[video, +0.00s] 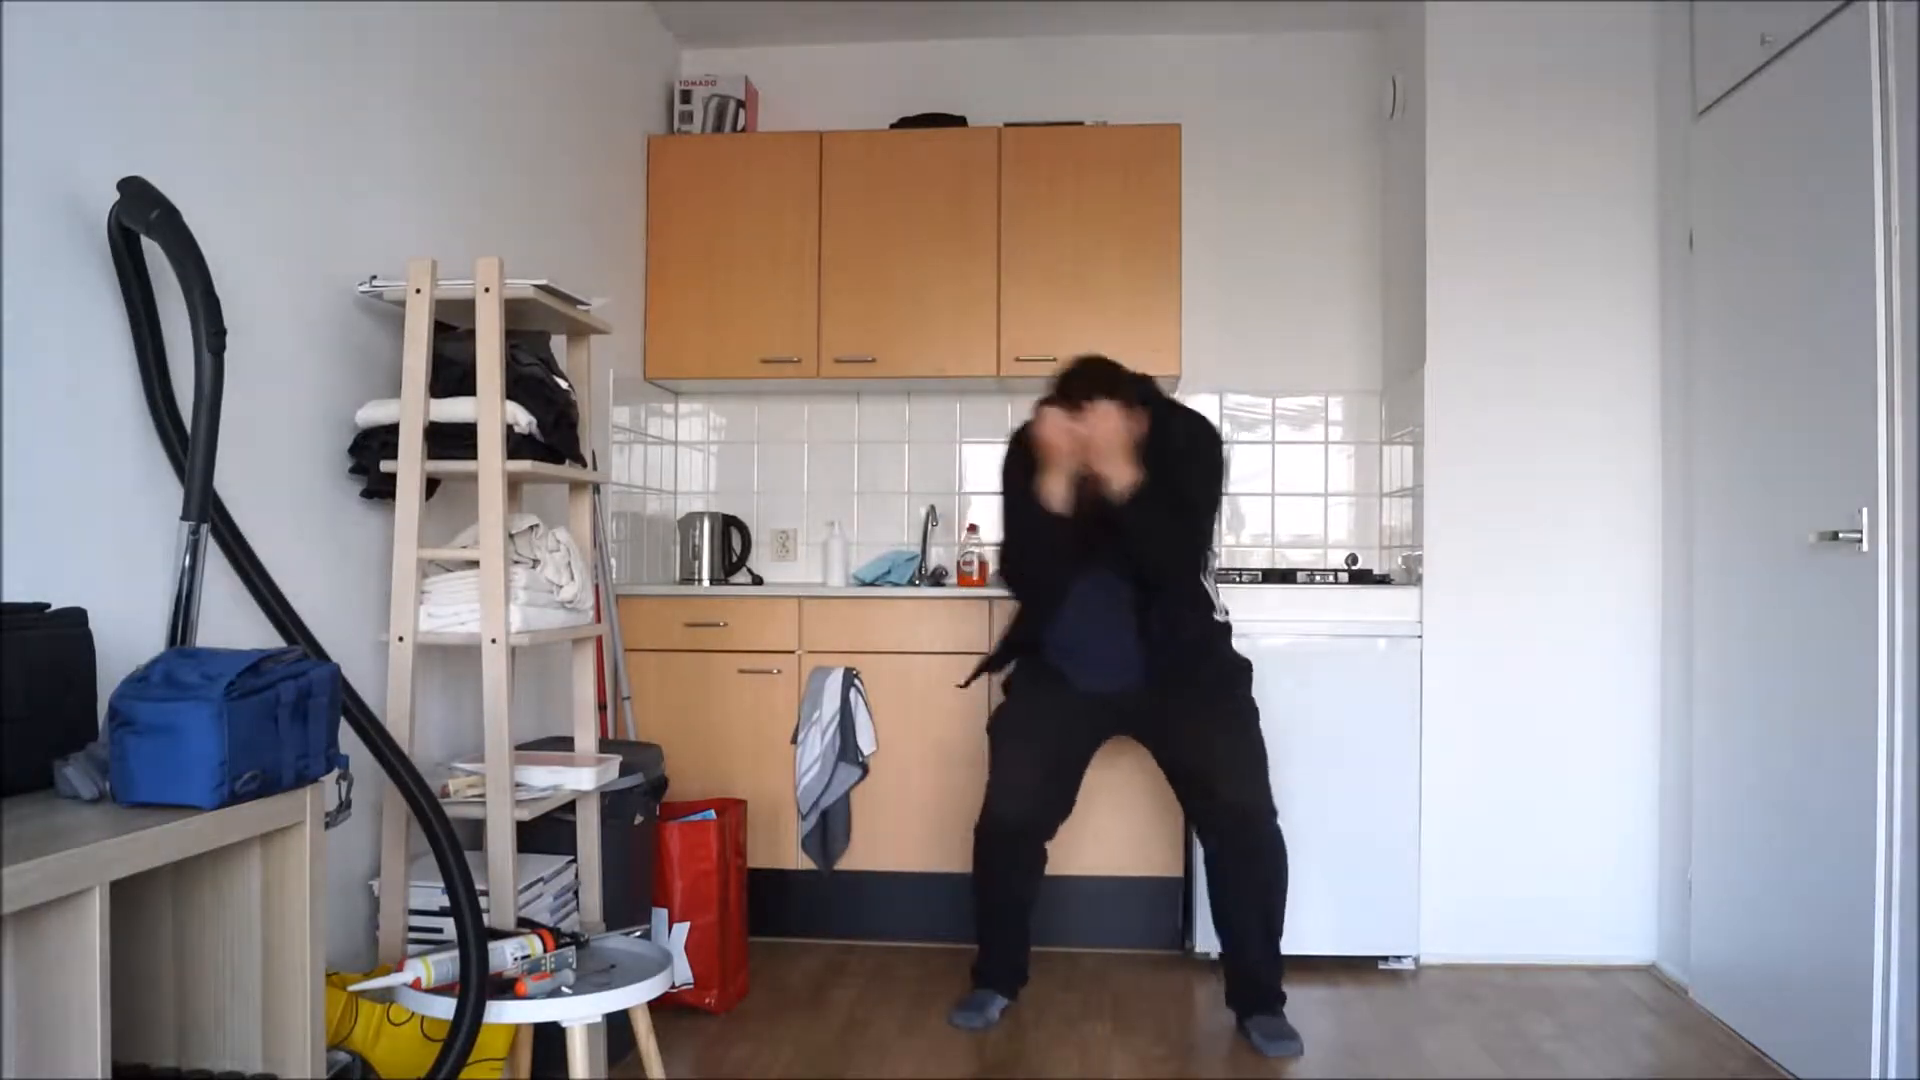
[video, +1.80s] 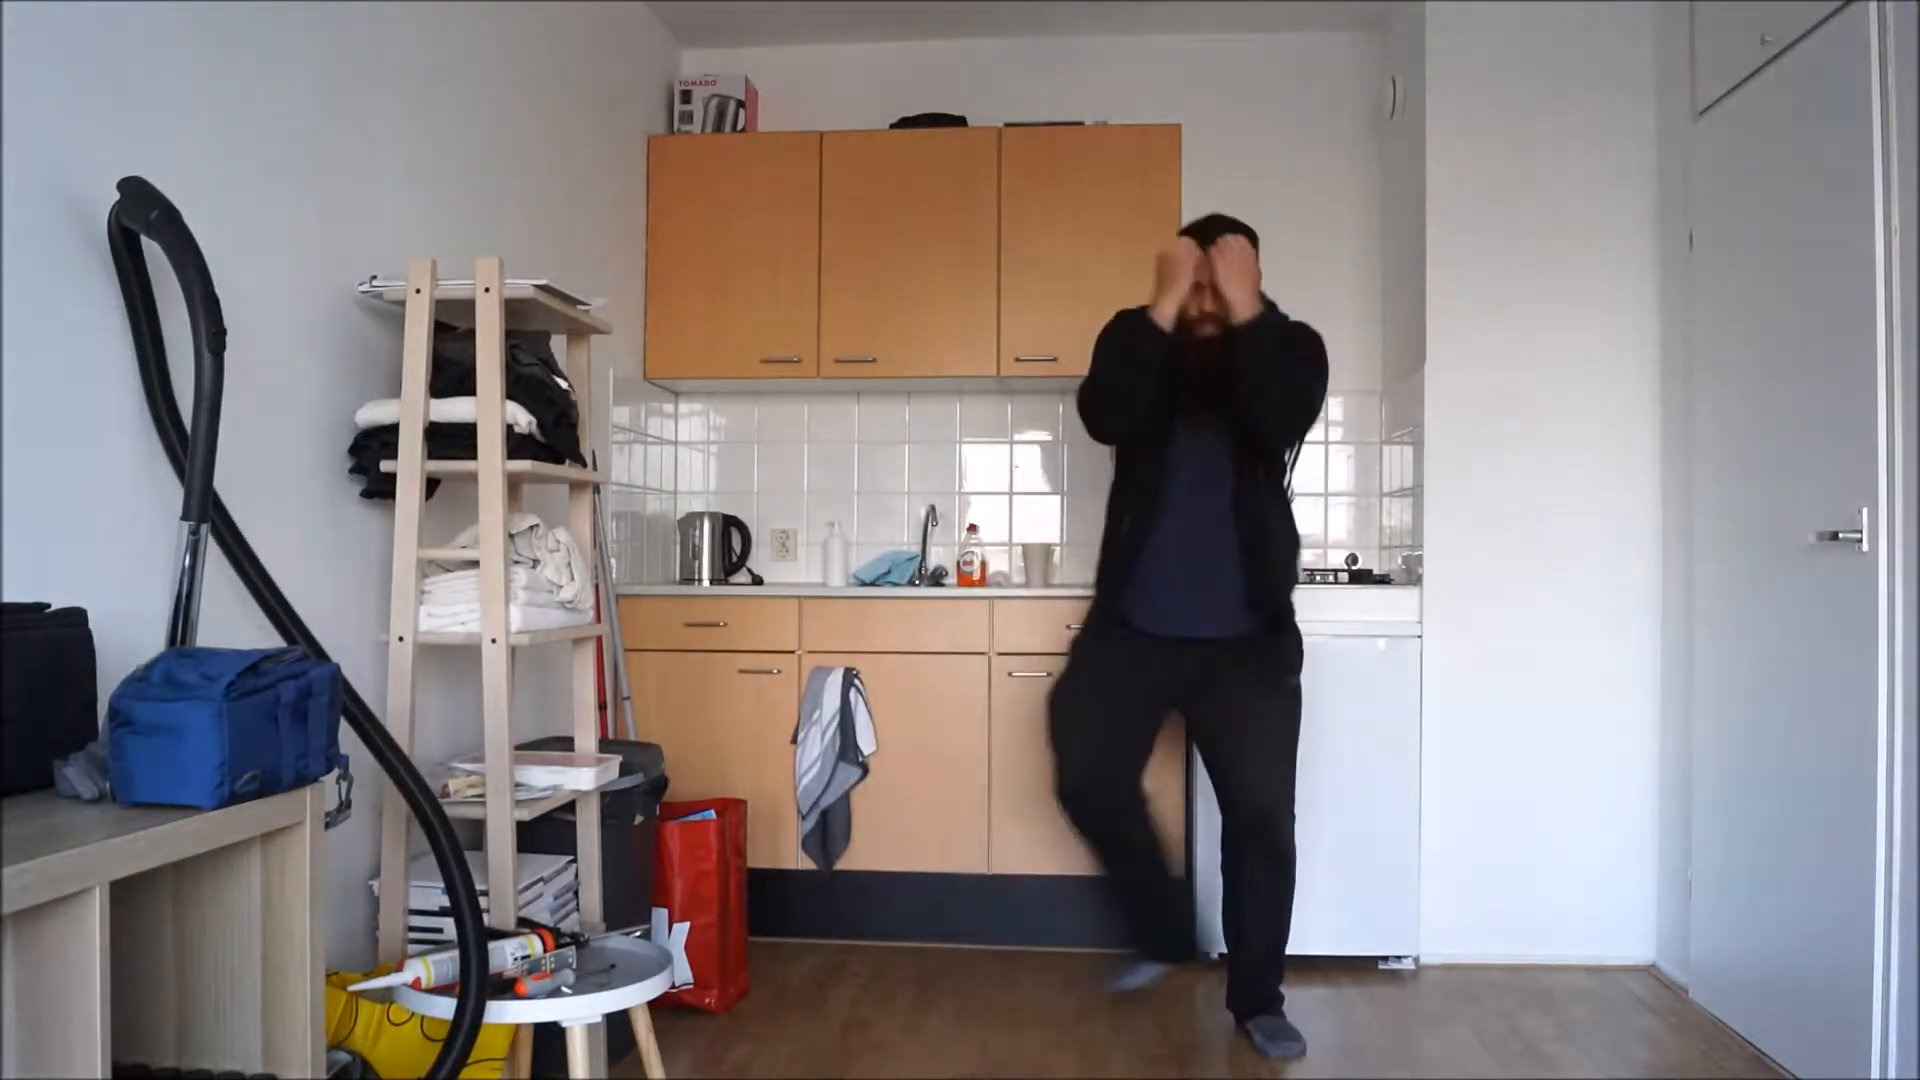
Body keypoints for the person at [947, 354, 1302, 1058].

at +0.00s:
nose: (1079, 440)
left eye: (1093, 428)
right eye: (1067, 431)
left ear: (1131, 416)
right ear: (1055, 423)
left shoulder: (1188, 439)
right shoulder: (1035, 446)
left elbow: (1176, 563)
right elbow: (1027, 578)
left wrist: (1122, 475)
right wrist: (1054, 480)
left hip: (1180, 673)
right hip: (1059, 675)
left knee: (1245, 826)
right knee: (1008, 822)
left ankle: (1260, 1004)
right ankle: (996, 979)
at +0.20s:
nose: (1195, 365)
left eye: (1209, 355)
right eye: (1183, 351)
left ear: (1226, 357)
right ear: (1154, 345)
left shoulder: (1242, 409)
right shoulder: (1101, 389)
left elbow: (1266, 504)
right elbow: (1100, 493)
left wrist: (1239, 402)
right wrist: (1160, 405)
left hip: (1193, 660)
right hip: (1079, 658)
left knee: (1257, 823)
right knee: (1030, 820)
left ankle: (1261, 1002)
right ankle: (999, 979)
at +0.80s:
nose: (1056, 398)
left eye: (1067, 385)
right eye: (1049, 389)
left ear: (1109, 375)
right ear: (1044, 387)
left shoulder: (1183, 411)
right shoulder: (1031, 418)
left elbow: (1160, 526)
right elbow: (1000, 537)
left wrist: (1098, 435)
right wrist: (1030, 440)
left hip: (1186, 667)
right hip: (1068, 662)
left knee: (1235, 828)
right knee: (1005, 809)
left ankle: (1259, 1001)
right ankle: (997, 978)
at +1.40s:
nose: (1156, 442)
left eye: (1170, 431)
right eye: (1141, 430)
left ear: (1191, 417)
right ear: (1113, 414)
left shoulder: (1220, 441)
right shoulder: (1064, 440)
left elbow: (1234, 571)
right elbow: (1070, 562)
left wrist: (1201, 474)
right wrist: (1123, 476)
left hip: (1180, 681)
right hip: (1060, 683)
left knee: (1255, 832)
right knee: (1015, 832)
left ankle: (1261, 1004)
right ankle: (997, 978)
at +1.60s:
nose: (1217, 352)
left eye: (1231, 341)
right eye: (1204, 336)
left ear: (1244, 345)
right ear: (1175, 329)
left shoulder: (1252, 402)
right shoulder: (1118, 373)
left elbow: (1295, 485)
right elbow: (1124, 469)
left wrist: (1267, 374)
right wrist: (1185, 374)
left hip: (1211, 657)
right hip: (1094, 652)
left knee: (1262, 826)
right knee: (1034, 816)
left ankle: (1260, 1004)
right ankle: (1001, 978)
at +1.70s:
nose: (1225, 301)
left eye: (1239, 288)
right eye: (1213, 283)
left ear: (1260, 295)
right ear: (1181, 285)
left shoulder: (1281, 359)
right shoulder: (1130, 340)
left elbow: (1296, 441)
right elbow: (1117, 425)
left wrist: (1265, 323)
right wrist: (1183, 316)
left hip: (1235, 639)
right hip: (1118, 630)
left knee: (1262, 817)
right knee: (1066, 789)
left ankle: (1260, 1001)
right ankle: (1073, 961)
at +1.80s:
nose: (1206, 287)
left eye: (1223, 273)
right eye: (1195, 272)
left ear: (1249, 281)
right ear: (1177, 277)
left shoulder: (1289, 345)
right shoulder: (1134, 336)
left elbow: (1282, 419)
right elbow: (1103, 414)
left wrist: (1247, 308)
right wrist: (1164, 308)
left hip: (1247, 636)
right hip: (1132, 626)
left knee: (1262, 823)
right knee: (1090, 779)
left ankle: (1258, 1000)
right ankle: (1163, 934)